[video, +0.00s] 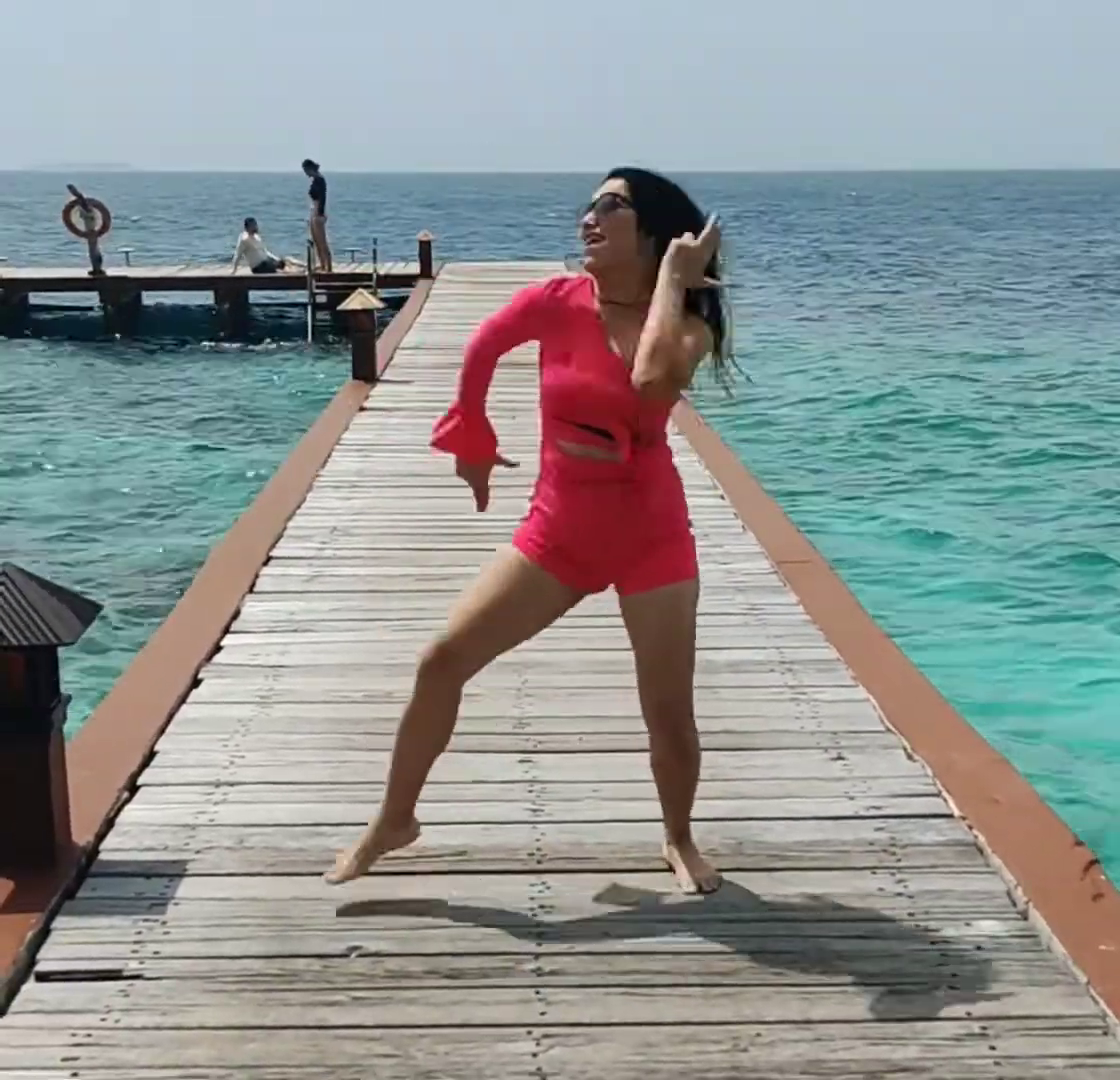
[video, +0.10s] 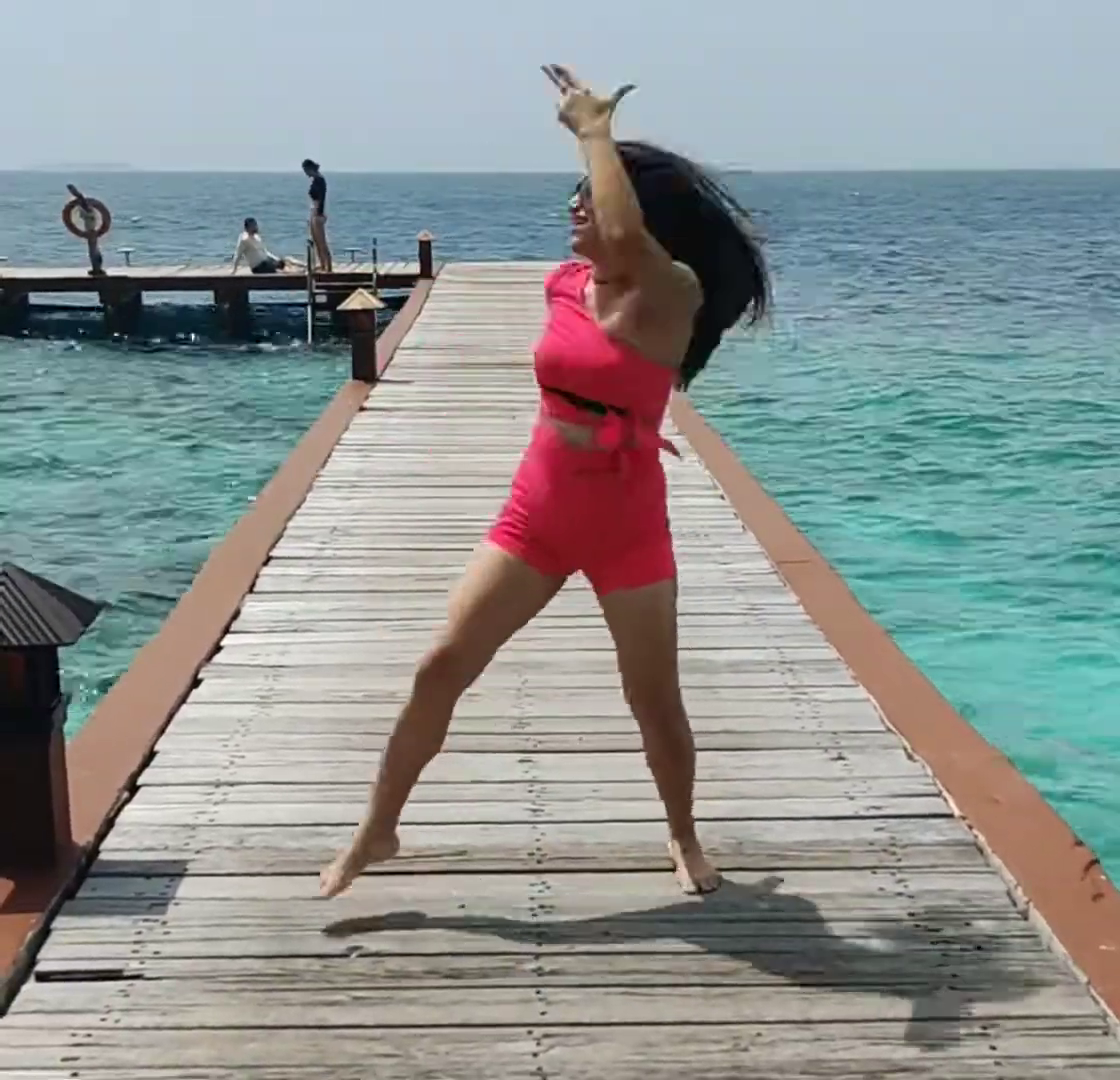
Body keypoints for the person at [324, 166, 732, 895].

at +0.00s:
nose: (589, 218)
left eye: (610, 207)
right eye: (590, 207)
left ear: (655, 234)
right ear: (594, 231)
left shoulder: (686, 320)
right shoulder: (559, 299)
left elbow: (653, 376)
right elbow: (484, 343)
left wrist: (670, 278)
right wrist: (469, 428)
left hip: (651, 535)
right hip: (560, 529)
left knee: (670, 713)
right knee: (441, 663)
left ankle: (680, 840)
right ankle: (394, 819)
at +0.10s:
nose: (577, 212)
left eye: (592, 203)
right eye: (578, 199)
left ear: (638, 219)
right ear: (582, 210)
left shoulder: (671, 295)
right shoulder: (574, 279)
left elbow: (622, 233)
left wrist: (597, 134)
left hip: (626, 520)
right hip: (539, 507)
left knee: (656, 699)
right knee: (441, 666)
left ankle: (685, 837)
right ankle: (376, 829)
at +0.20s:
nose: (563, 231)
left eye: (577, 218)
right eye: (566, 216)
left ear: (627, 231)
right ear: (601, 231)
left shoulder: (653, 299)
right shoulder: (593, 296)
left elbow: (591, 200)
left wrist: (489, 135)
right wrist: (635, 432)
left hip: (592, 540)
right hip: (511, 515)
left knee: (633, 718)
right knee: (436, 688)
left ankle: (677, 844)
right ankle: (413, 858)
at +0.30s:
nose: (563, 260)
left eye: (580, 246)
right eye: (566, 244)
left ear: (622, 259)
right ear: (596, 261)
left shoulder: (642, 322)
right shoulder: (598, 335)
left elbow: (548, 251)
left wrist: (451, 210)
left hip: (559, 572)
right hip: (486, 544)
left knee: (602, 737)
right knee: (421, 703)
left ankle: (674, 848)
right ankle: (421, 879)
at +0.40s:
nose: (548, 274)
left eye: (565, 261)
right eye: (553, 260)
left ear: (610, 278)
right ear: (590, 281)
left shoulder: (628, 333)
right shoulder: (591, 367)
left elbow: (545, 327)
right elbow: (551, 494)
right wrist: (467, 491)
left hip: (549, 586)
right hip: (481, 560)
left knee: (590, 754)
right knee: (398, 711)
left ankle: (672, 841)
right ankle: (421, 879)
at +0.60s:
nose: (539, 240)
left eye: (561, 229)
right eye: (528, 228)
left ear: (596, 252)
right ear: (517, 245)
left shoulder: (610, 335)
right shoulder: (511, 331)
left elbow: (702, 415)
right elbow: (415, 341)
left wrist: (677, 529)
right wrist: (435, 255)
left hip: (566, 566)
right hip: (489, 549)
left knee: (605, 748)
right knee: (417, 716)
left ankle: (678, 831)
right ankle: (426, 885)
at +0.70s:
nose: (563, 233)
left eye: (581, 219)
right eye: (548, 219)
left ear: (611, 236)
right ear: (529, 231)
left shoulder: (636, 327)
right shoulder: (507, 287)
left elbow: (755, 368)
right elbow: (416, 227)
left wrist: (725, 475)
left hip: (594, 554)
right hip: (506, 547)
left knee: (624, 739)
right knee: (440, 716)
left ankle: (690, 812)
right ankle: (426, 884)